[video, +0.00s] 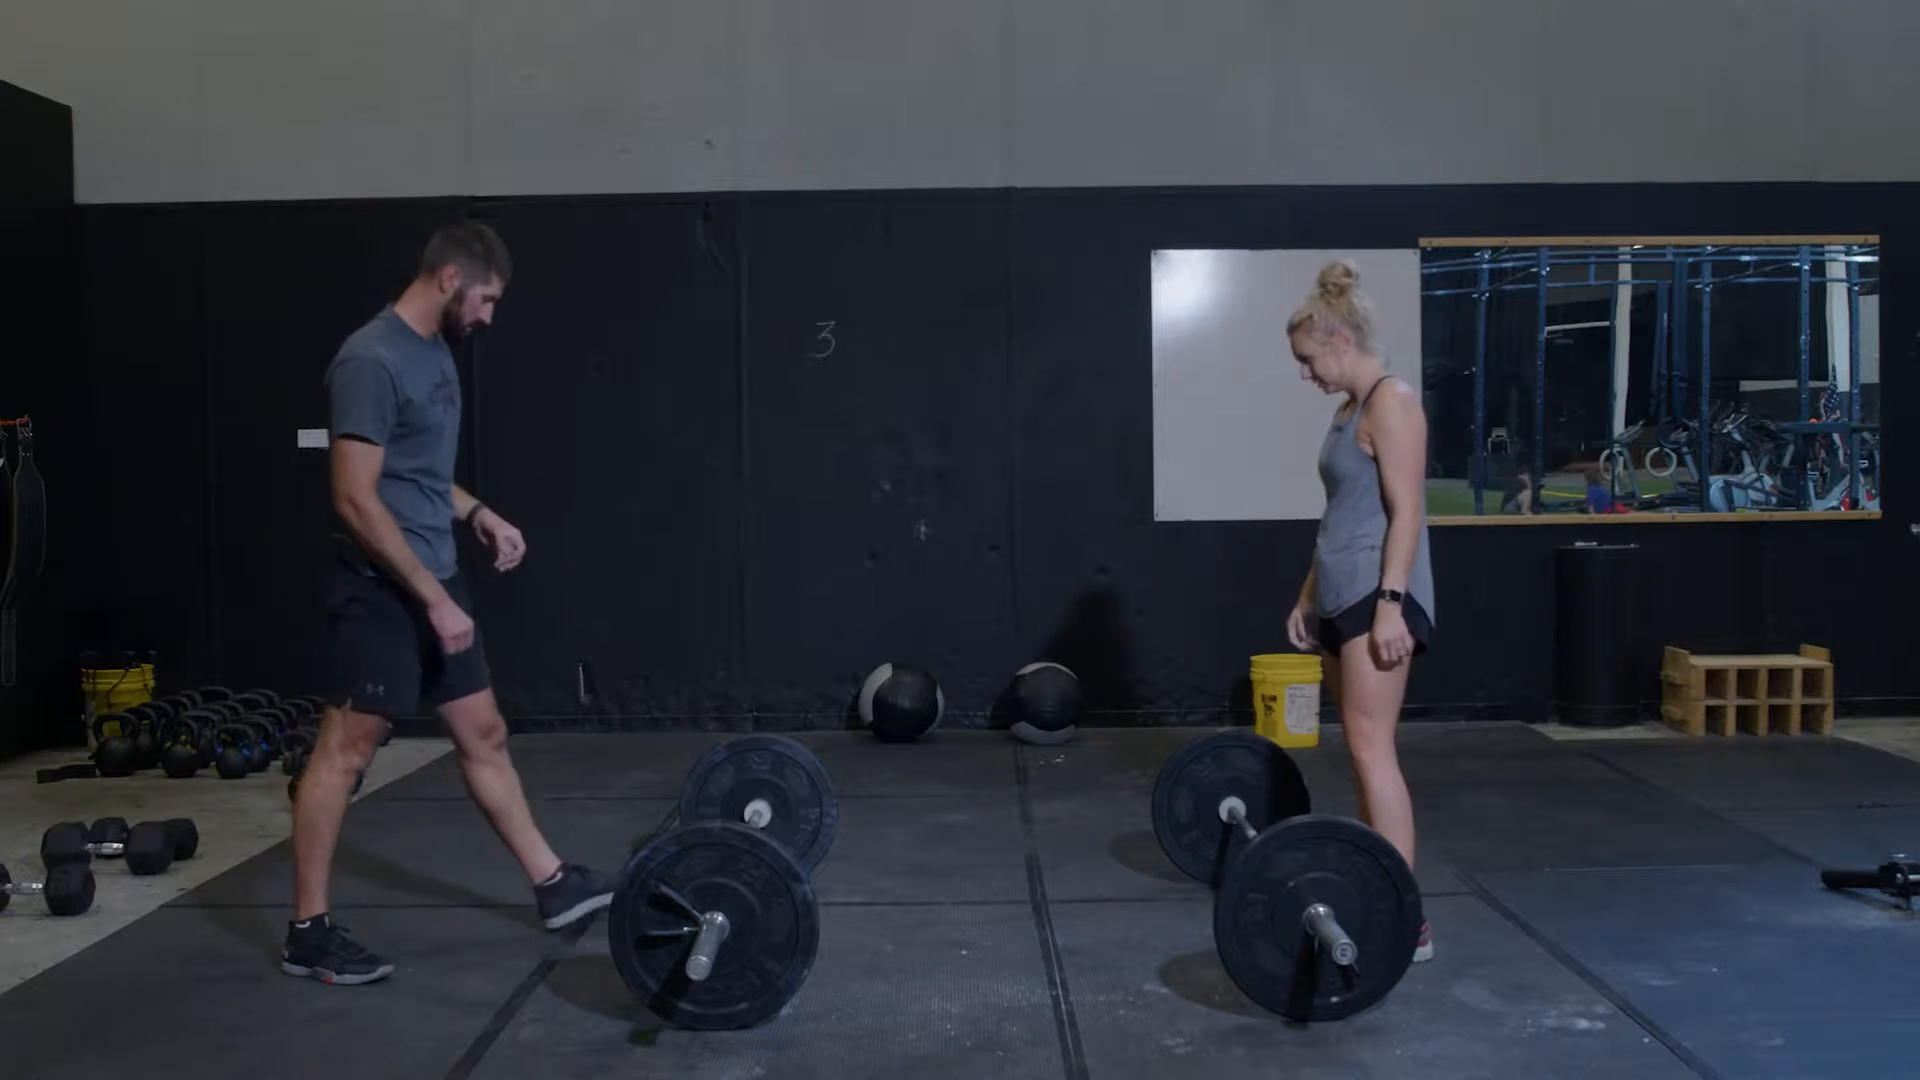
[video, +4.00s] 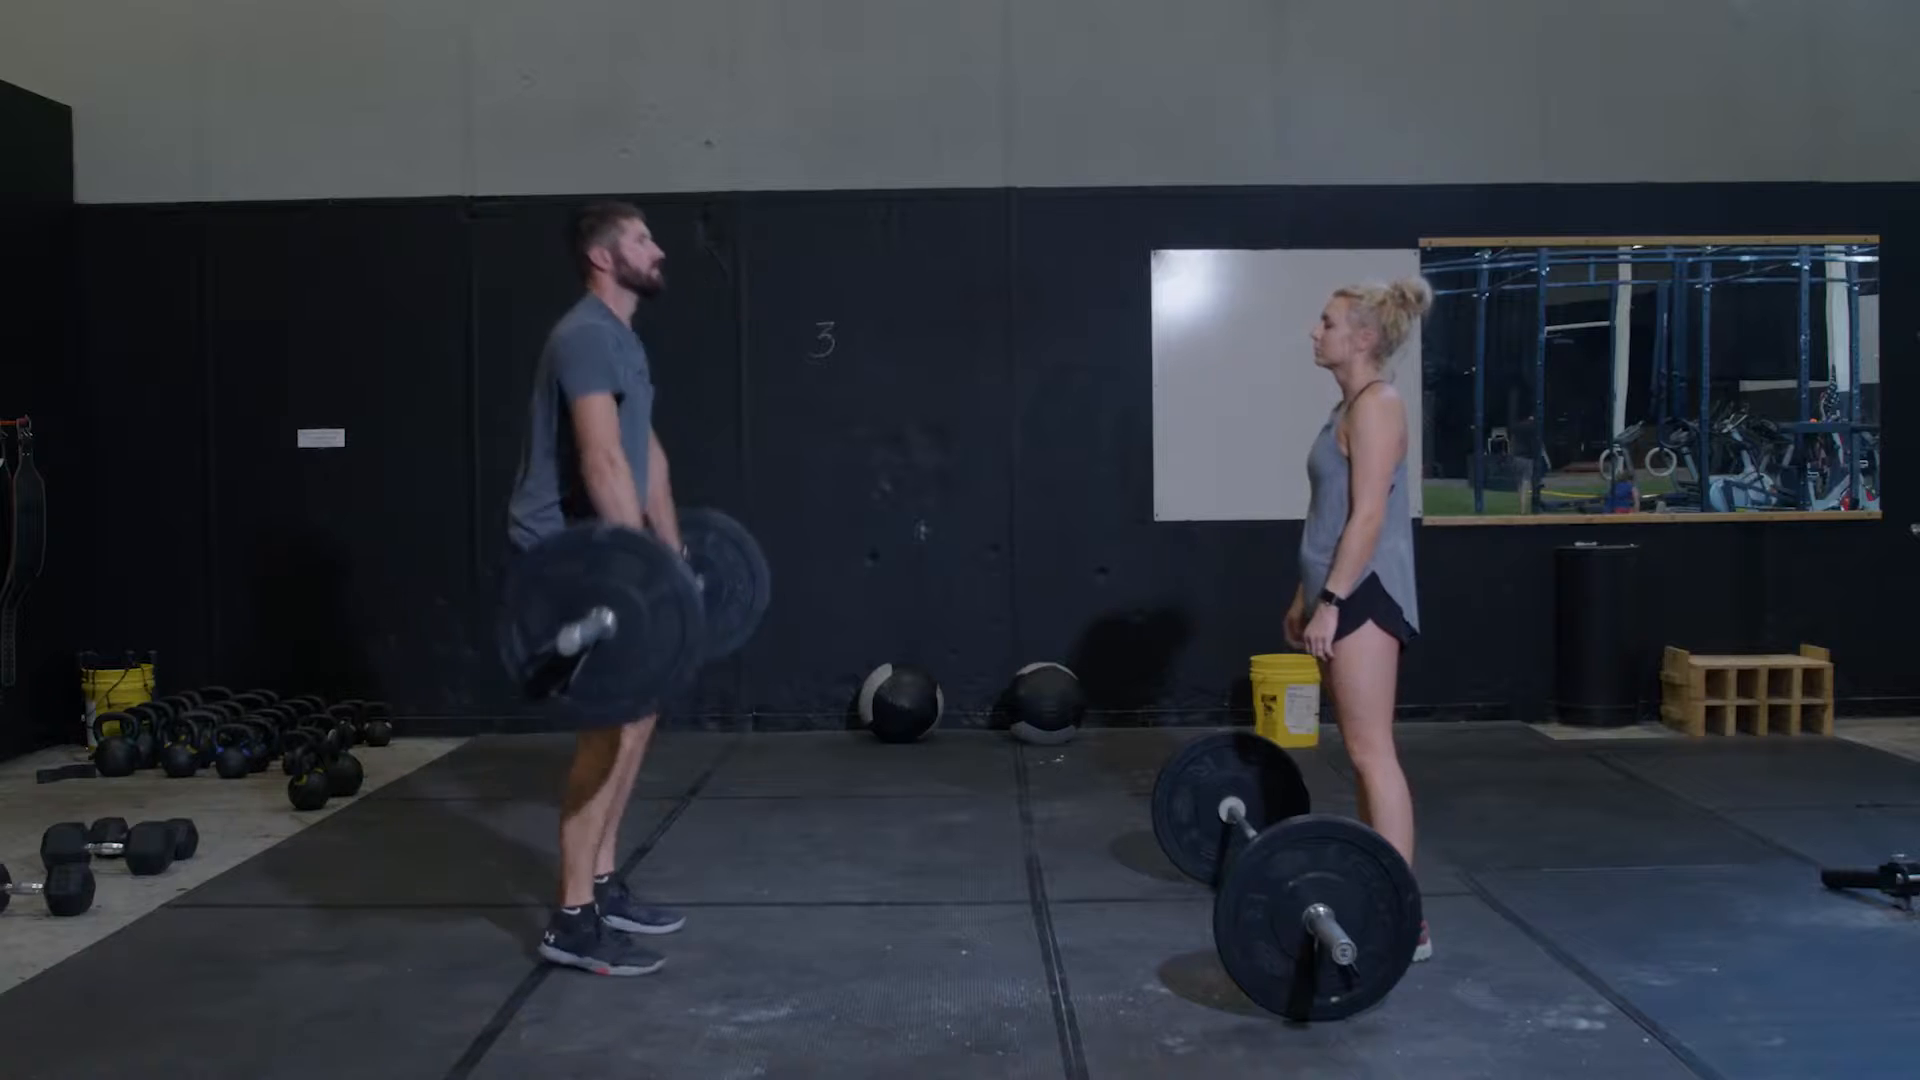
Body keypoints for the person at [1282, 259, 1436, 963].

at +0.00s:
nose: (1305, 372)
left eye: (1306, 359)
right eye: (1300, 362)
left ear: (1340, 339)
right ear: (1334, 342)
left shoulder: (1392, 401)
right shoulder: (1351, 410)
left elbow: (1407, 509)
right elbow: (1340, 521)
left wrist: (1390, 602)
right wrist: (1310, 595)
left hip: (1377, 595)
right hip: (1344, 595)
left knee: (1371, 748)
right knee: (1363, 748)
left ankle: (1400, 913)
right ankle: (1381, 903)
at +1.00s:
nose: (1308, 338)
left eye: (1320, 328)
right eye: (1309, 326)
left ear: (1359, 335)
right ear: (1345, 336)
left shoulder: (1371, 401)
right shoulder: (1347, 405)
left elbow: (1364, 510)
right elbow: (1334, 515)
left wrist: (1326, 594)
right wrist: (1307, 597)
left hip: (1367, 591)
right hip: (1346, 590)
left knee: (1378, 748)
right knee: (1364, 747)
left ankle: (1401, 911)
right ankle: (1380, 901)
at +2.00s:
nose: (1304, 340)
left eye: (1317, 330)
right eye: (1308, 328)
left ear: (1354, 341)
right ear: (1342, 342)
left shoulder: (1369, 407)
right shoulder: (1337, 409)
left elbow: (1364, 517)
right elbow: (1323, 516)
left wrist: (1325, 601)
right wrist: (1300, 592)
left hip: (1363, 596)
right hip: (1339, 594)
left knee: (1367, 751)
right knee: (1360, 750)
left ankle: (1400, 912)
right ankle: (1385, 904)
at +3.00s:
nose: (1315, 330)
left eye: (1328, 321)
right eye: (1319, 319)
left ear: (1365, 333)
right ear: (1356, 335)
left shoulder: (1374, 400)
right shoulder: (1355, 403)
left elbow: (1366, 507)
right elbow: (1341, 513)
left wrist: (1327, 592)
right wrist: (1313, 600)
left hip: (1368, 593)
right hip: (1349, 593)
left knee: (1379, 749)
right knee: (1365, 747)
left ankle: (1399, 912)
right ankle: (1378, 901)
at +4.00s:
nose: (1315, 333)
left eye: (1328, 324)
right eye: (1319, 322)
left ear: (1364, 337)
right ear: (1354, 338)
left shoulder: (1376, 404)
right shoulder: (1350, 407)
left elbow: (1370, 515)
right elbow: (1334, 516)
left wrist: (1331, 600)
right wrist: (1308, 593)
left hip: (1368, 596)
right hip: (1346, 594)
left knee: (1372, 751)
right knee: (1365, 751)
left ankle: (1399, 913)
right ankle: (1384, 906)